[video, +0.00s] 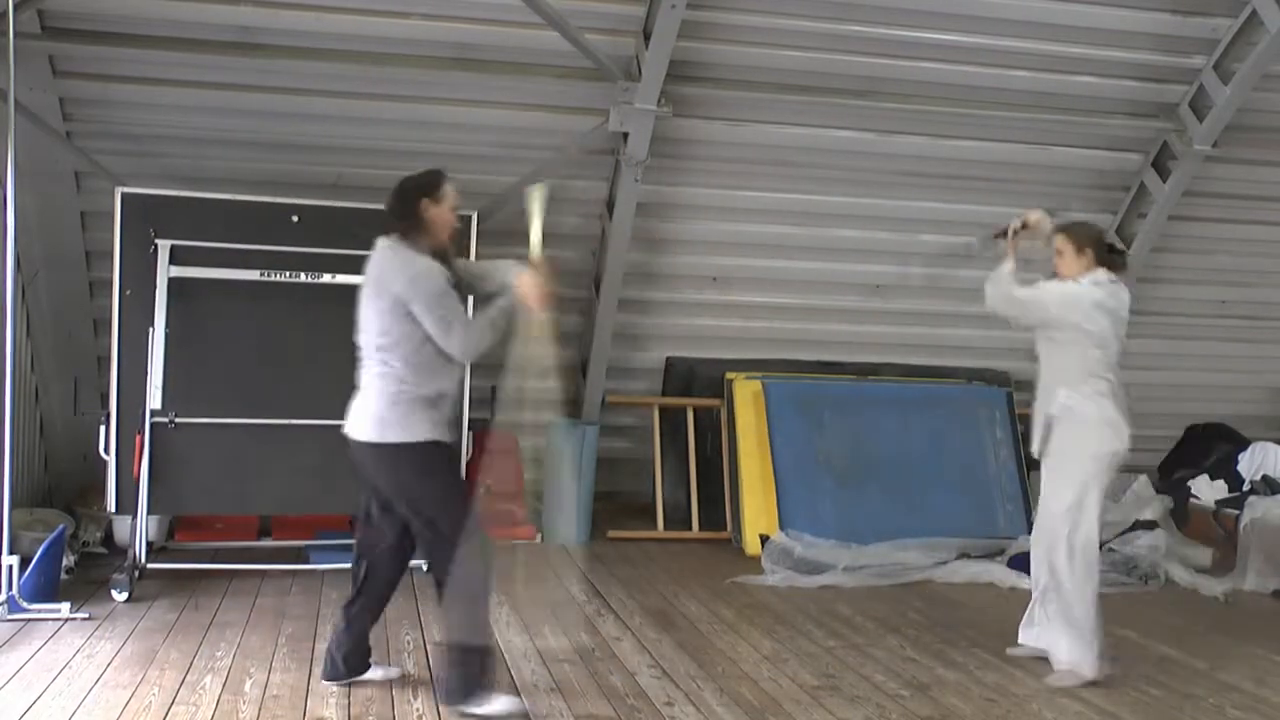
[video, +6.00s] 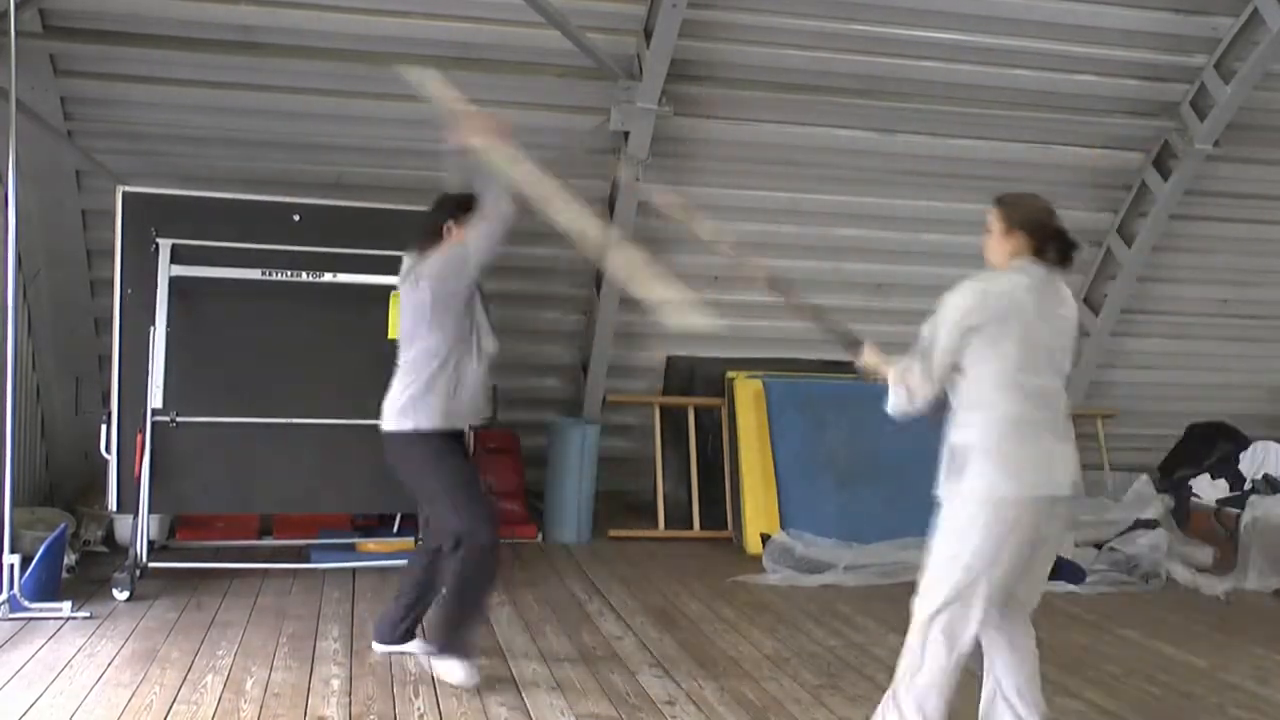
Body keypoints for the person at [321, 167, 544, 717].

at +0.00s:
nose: (457, 217)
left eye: (455, 207)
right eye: (450, 207)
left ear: (417, 211)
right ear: (424, 210)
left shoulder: (388, 256)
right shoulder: (416, 271)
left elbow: (466, 277)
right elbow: (465, 342)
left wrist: (520, 276)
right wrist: (513, 298)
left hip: (373, 431)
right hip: (408, 439)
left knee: (384, 550)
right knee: (464, 549)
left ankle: (345, 661)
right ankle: (466, 686)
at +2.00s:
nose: (317, 239)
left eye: (317, 229)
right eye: (311, 229)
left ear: (274, 229)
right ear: (283, 230)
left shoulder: (233, 268)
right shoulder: (271, 276)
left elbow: (315, 296)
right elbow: (344, 310)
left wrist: (361, 273)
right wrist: (383, 279)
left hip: (184, 421)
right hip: (213, 428)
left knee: (247, 522)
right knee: (261, 548)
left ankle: (220, 619)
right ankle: (246, 679)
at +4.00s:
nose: (529, 237)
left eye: (530, 226)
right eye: (524, 226)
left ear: (482, 227)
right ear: (496, 226)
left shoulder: (450, 270)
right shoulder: (480, 265)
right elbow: (553, 281)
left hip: (469, 429)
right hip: (453, 432)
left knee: (533, 510)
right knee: (473, 557)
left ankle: (519, 627)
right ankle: (431, 690)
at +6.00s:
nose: (481, 239)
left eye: (480, 229)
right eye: (475, 228)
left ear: (449, 230)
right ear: (452, 229)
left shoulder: (439, 274)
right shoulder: (436, 274)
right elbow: (491, 219)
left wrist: (470, 149)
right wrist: (497, 153)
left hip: (435, 430)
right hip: (421, 431)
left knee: (440, 539)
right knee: (476, 532)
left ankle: (393, 632)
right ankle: (444, 643)